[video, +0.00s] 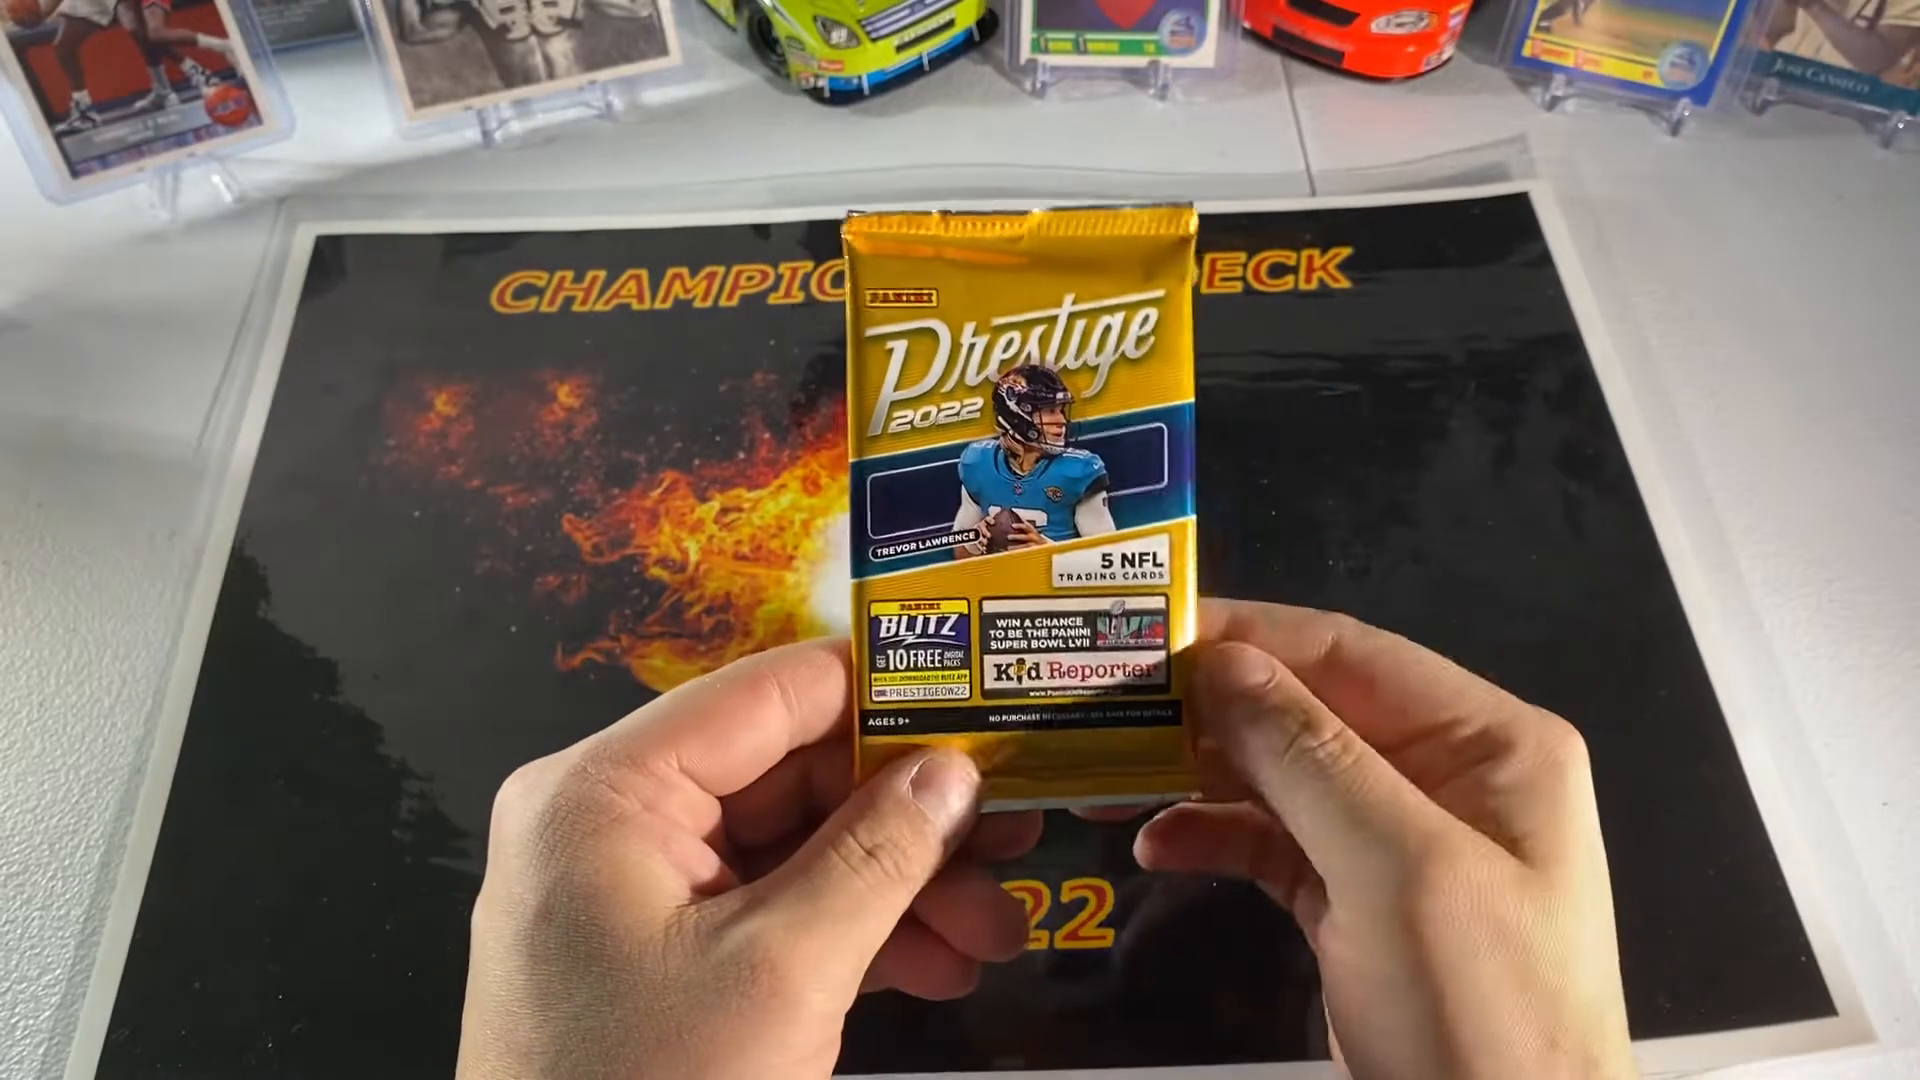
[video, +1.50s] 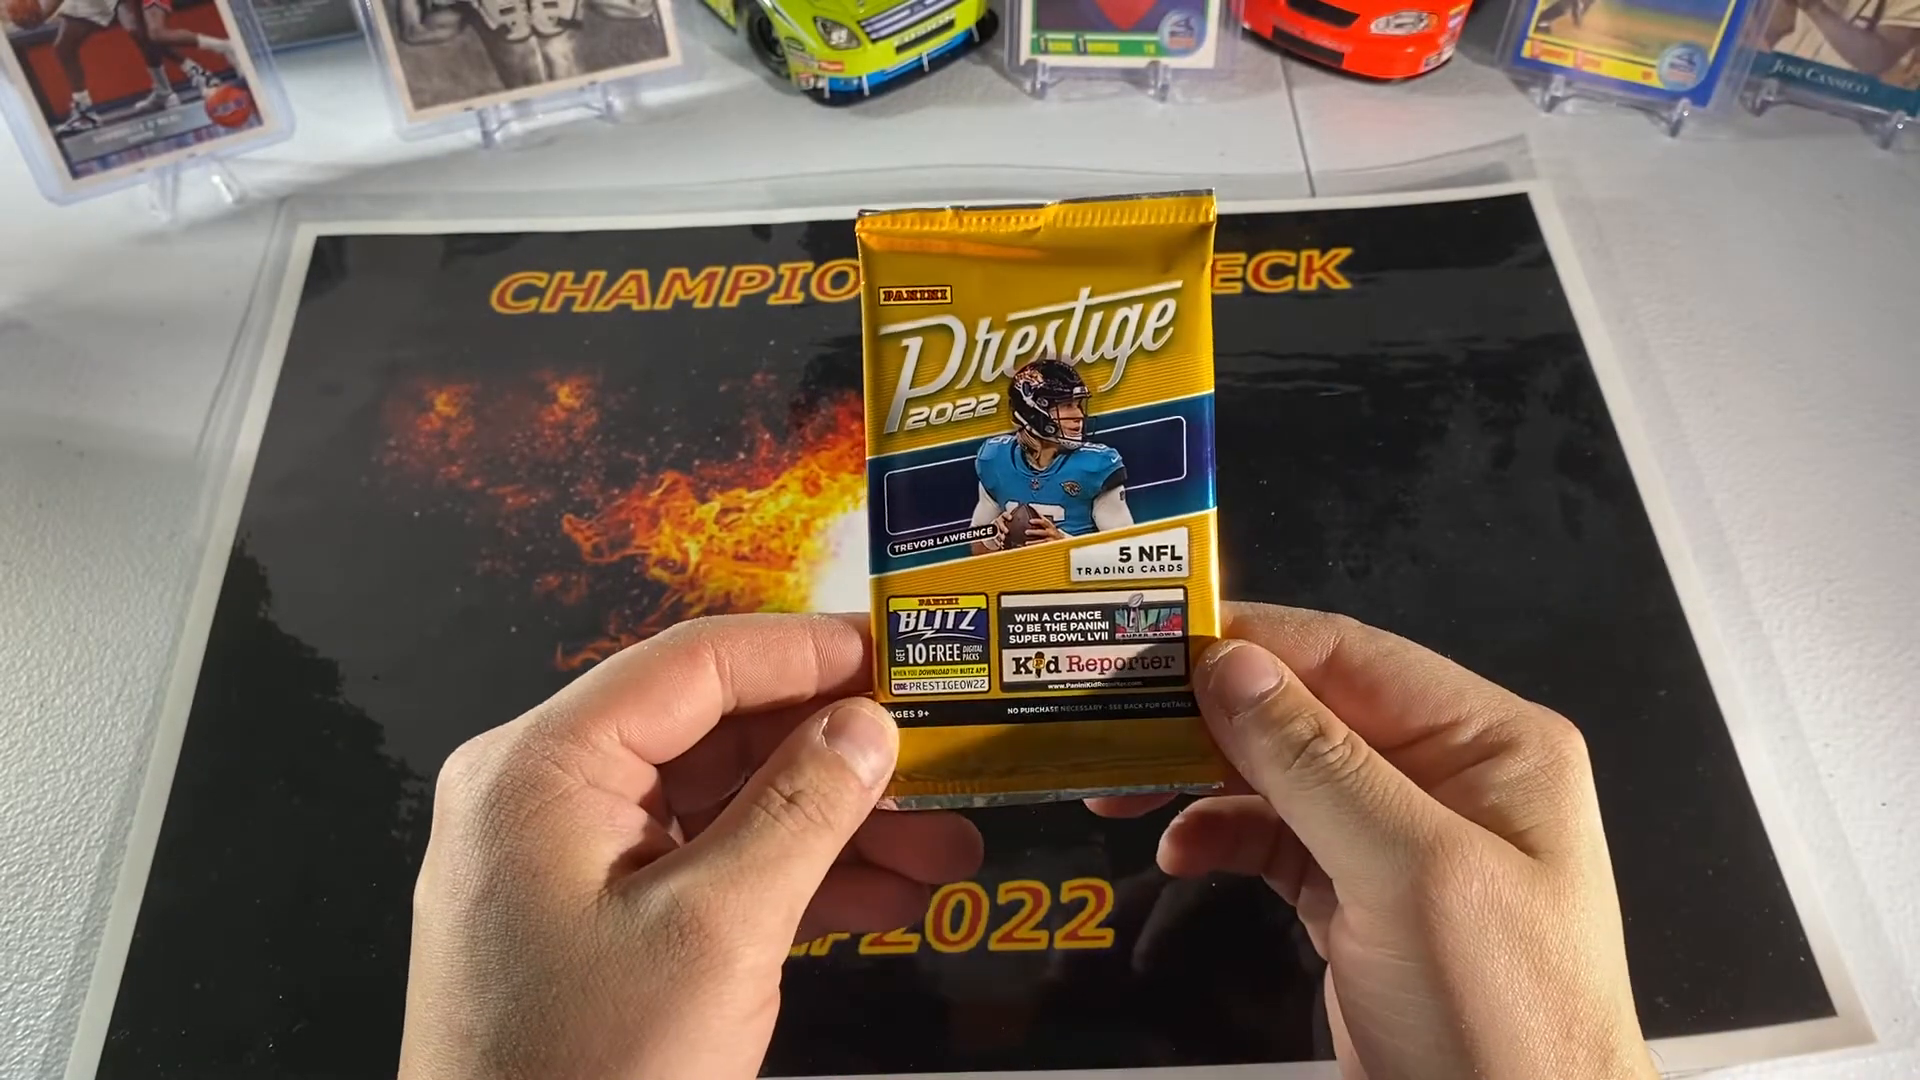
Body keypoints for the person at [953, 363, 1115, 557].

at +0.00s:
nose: (1060, 420)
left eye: (1061, 410)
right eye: (1048, 411)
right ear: (1016, 416)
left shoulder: (1080, 470)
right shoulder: (976, 462)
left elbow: (1107, 554)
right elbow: (960, 551)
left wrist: (1050, 547)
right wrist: (978, 541)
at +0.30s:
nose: (1065, 427)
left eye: (1065, 416)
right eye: (1051, 417)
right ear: (1019, 422)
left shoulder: (1085, 477)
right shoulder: (981, 470)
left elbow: (1113, 560)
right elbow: (965, 558)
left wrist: (1055, 554)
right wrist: (983, 549)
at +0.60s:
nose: (1079, 415)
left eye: (1079, 405)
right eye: (1065, 406)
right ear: (1034, 410)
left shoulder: (1098, 465)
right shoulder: (995, 458)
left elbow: (1125, 547)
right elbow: (978, 547)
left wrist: (1068, 541)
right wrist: (997, 536)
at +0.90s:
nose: (1071, 417)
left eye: (1071, 407)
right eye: (1058, 407)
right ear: (1027, 413)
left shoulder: (1091, 466)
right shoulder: (987, 459)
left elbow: (1119, 548)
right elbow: (972, 547)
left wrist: (1062, 543)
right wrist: (991, 537)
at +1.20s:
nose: (1069, 417)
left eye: (1068, 406)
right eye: (1055, 407)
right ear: (1024, 414)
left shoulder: (1090, 465)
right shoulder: (986, 460)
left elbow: (1120, 547)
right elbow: (973, 549)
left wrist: (1061, 542)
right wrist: (992, 537)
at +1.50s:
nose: (1078, 415)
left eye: (1078, 405)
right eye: (1064, 405)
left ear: (1084, 405)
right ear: (1032, 411)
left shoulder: (1097, 465)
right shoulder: (993, 458)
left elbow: (1126, 549)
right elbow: (977, 547)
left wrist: (1067, 542)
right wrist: (998, 537)